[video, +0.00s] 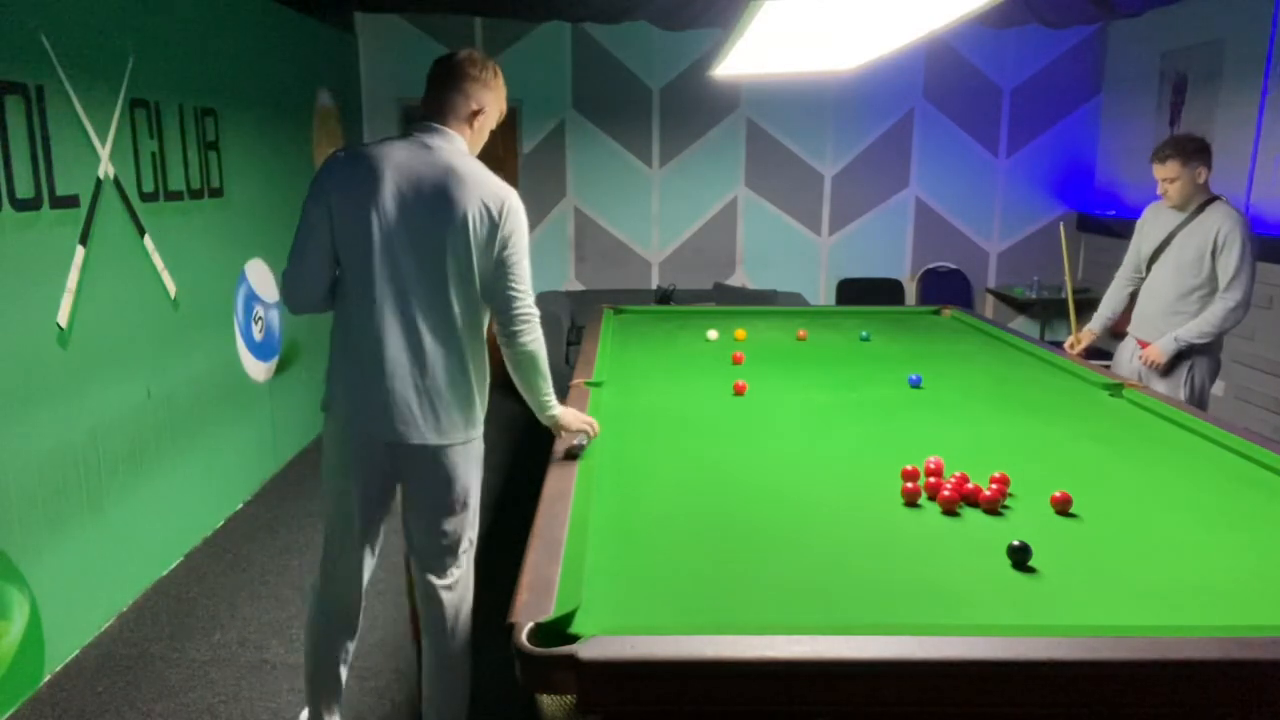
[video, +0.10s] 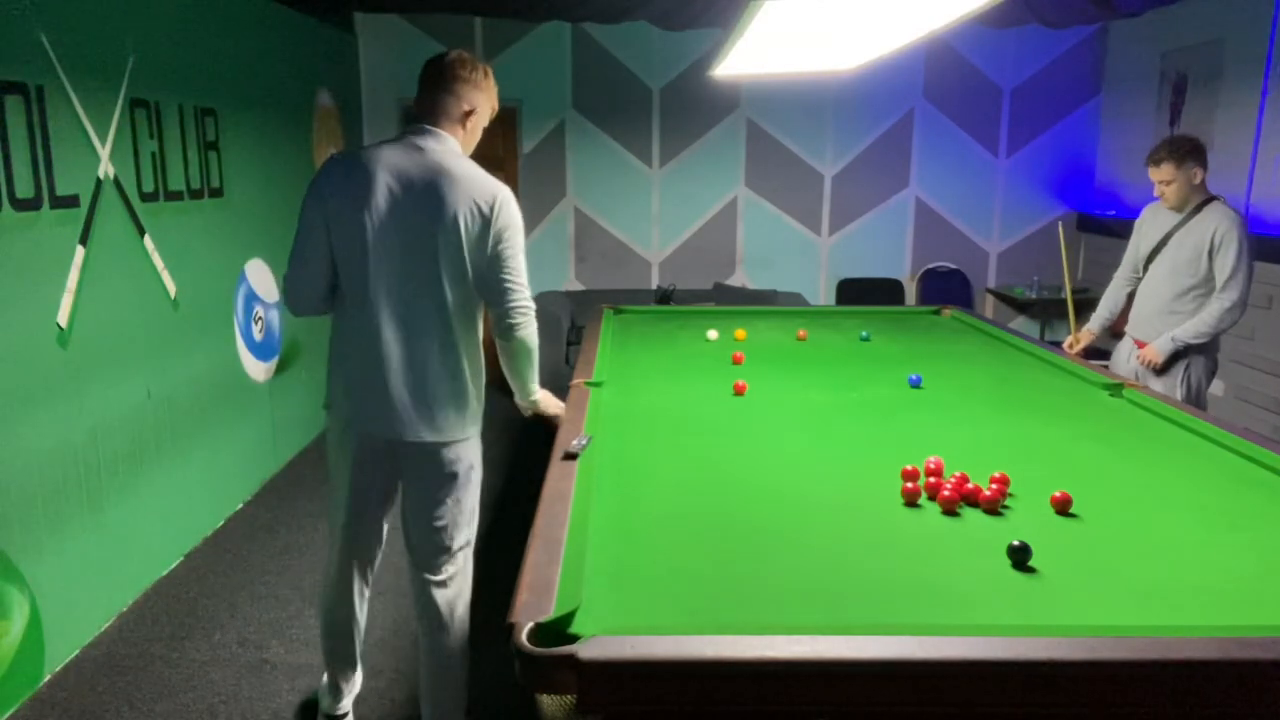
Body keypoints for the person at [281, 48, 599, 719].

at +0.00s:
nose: (494, 130)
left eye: (495, 120)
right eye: (495, 120)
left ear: (421, 104)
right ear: (482, 117)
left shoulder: (345, 170)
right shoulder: (496, 199)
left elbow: (301, 293)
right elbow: (518, 323)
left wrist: (361, 275)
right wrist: (551, 410)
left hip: (357, 411)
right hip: (449, 420)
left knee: (342, 567)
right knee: (446, 578)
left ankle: (319, 709)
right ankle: (445, 712)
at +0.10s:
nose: (486, 129)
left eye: (486, 119)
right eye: (487, 120)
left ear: (416, 106)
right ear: (473, 118)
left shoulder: (341, 175)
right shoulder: (489, 197)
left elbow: (303, 295)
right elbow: (516, 317)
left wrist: (364, 280)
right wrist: (529, 393)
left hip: (359, 408)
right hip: (447, 415)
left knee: (351, 555)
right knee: (445, 572)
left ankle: (338, 700)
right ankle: (443, 711)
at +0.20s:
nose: (472, 136)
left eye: (473, 125)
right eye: (473, 125)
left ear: (407, 110)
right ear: (459, 121)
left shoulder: (331, 183)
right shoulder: (477, 200)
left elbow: (297, 298)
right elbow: (512, 322)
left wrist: (367, 292)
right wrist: (494, 377)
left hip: (358, 406)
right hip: (440, 413)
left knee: (360, 547)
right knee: (441, 567)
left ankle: (358, 690)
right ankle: (441, 709)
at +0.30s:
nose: (446, 139)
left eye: (448, 128)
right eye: (448, 127)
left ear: (382, 114)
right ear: (431, 121)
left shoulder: (314, 191)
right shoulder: (448, 200)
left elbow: (295, 302)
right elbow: (487, 321)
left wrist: (360, 294)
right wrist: (444, 345)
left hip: (356, 406)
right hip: (433, 410)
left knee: (367, 543)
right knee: (438, 566)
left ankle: (367, 681)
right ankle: (440, 707)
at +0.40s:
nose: (425, 127)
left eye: (426, 117)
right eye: (426, 115)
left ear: (356, 110)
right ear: (409, 113)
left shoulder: (302, 187)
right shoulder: (431, 192)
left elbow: (291, 295)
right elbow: (468, 312)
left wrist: (353, 286)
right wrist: (426, 332)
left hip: (349, 399)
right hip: (424, 404)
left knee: (364, 545)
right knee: (444, 556)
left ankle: (366, 680)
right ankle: (443, 703)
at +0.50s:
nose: (408, 122)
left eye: (406, 111)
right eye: (406, 110)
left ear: (340, 108)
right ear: (393, 110)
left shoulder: (292, 185)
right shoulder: (417, 189)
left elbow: (287, 291)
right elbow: (460, 306)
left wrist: (348, 283)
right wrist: (419, 325)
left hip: (341, 399)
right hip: (416, 399)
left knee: (359, 539)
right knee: (453, 536)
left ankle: (367, 675)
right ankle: (442, 700)